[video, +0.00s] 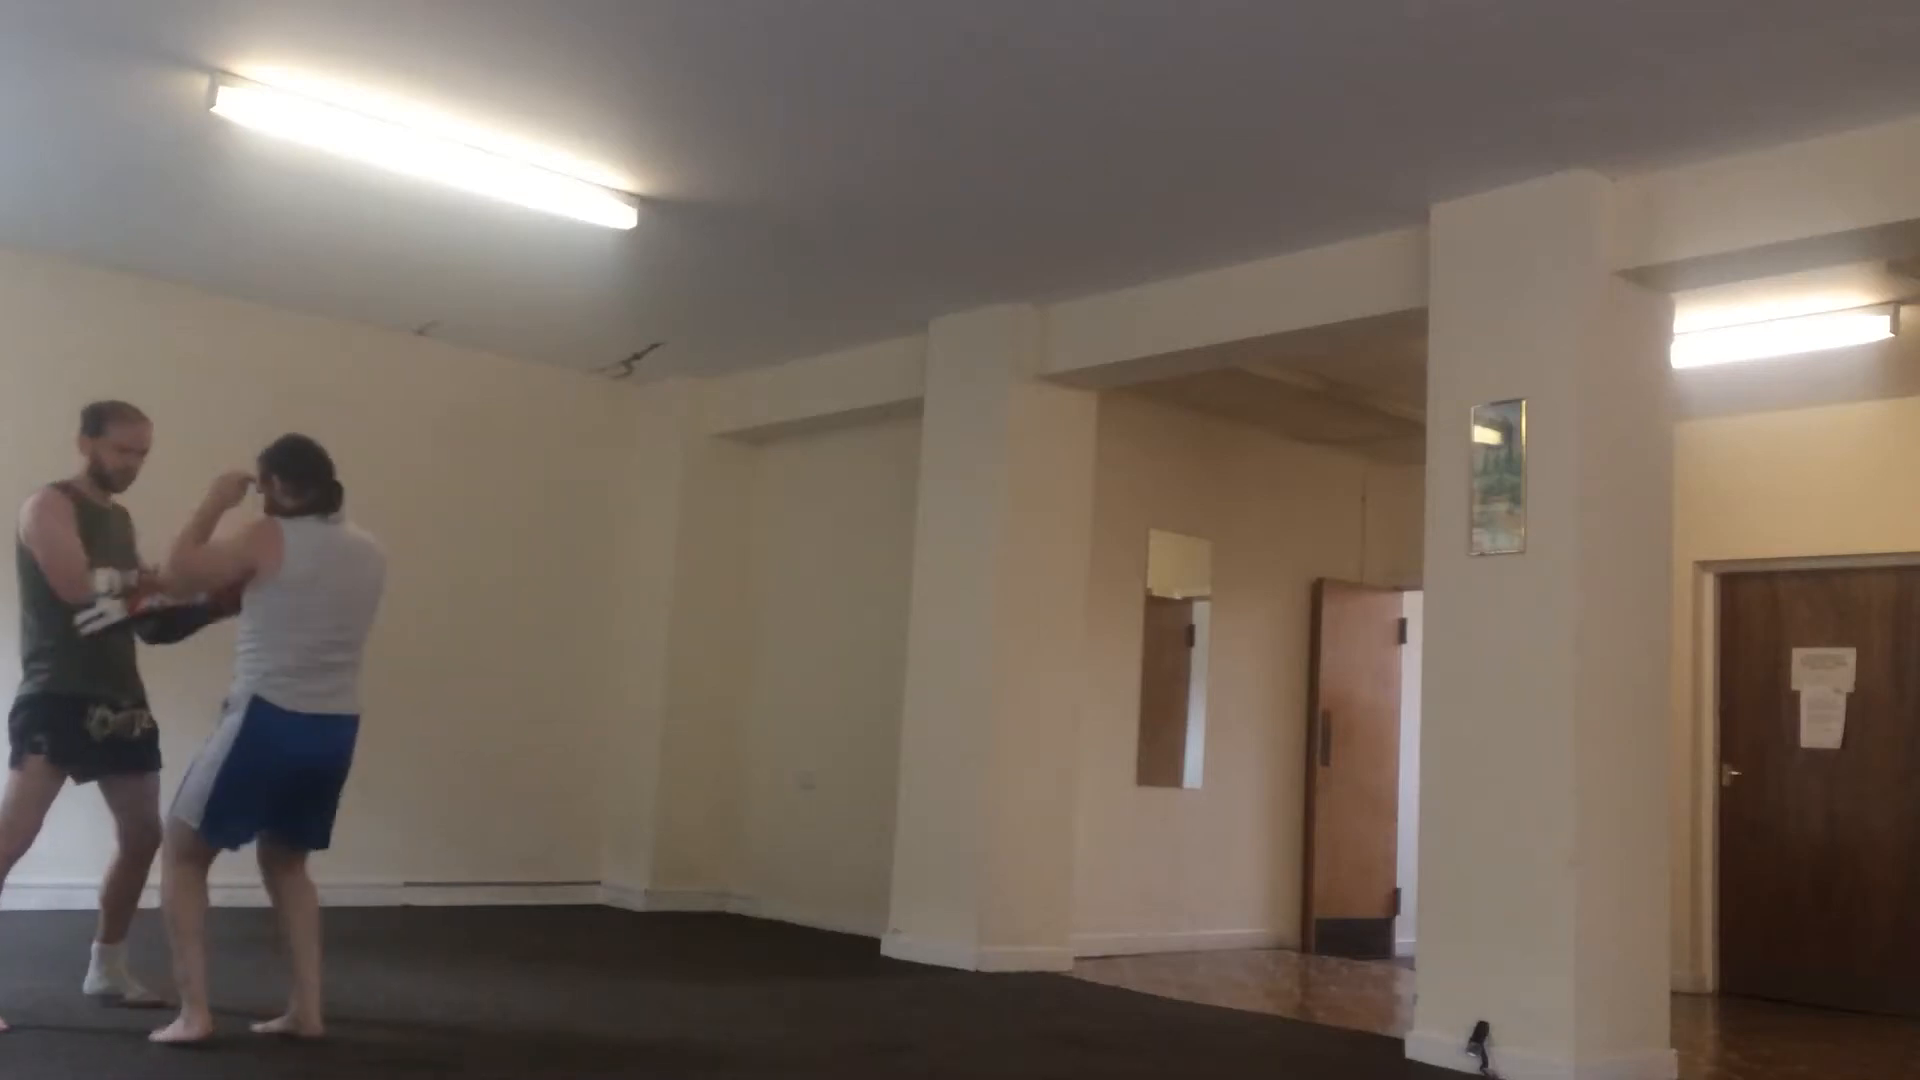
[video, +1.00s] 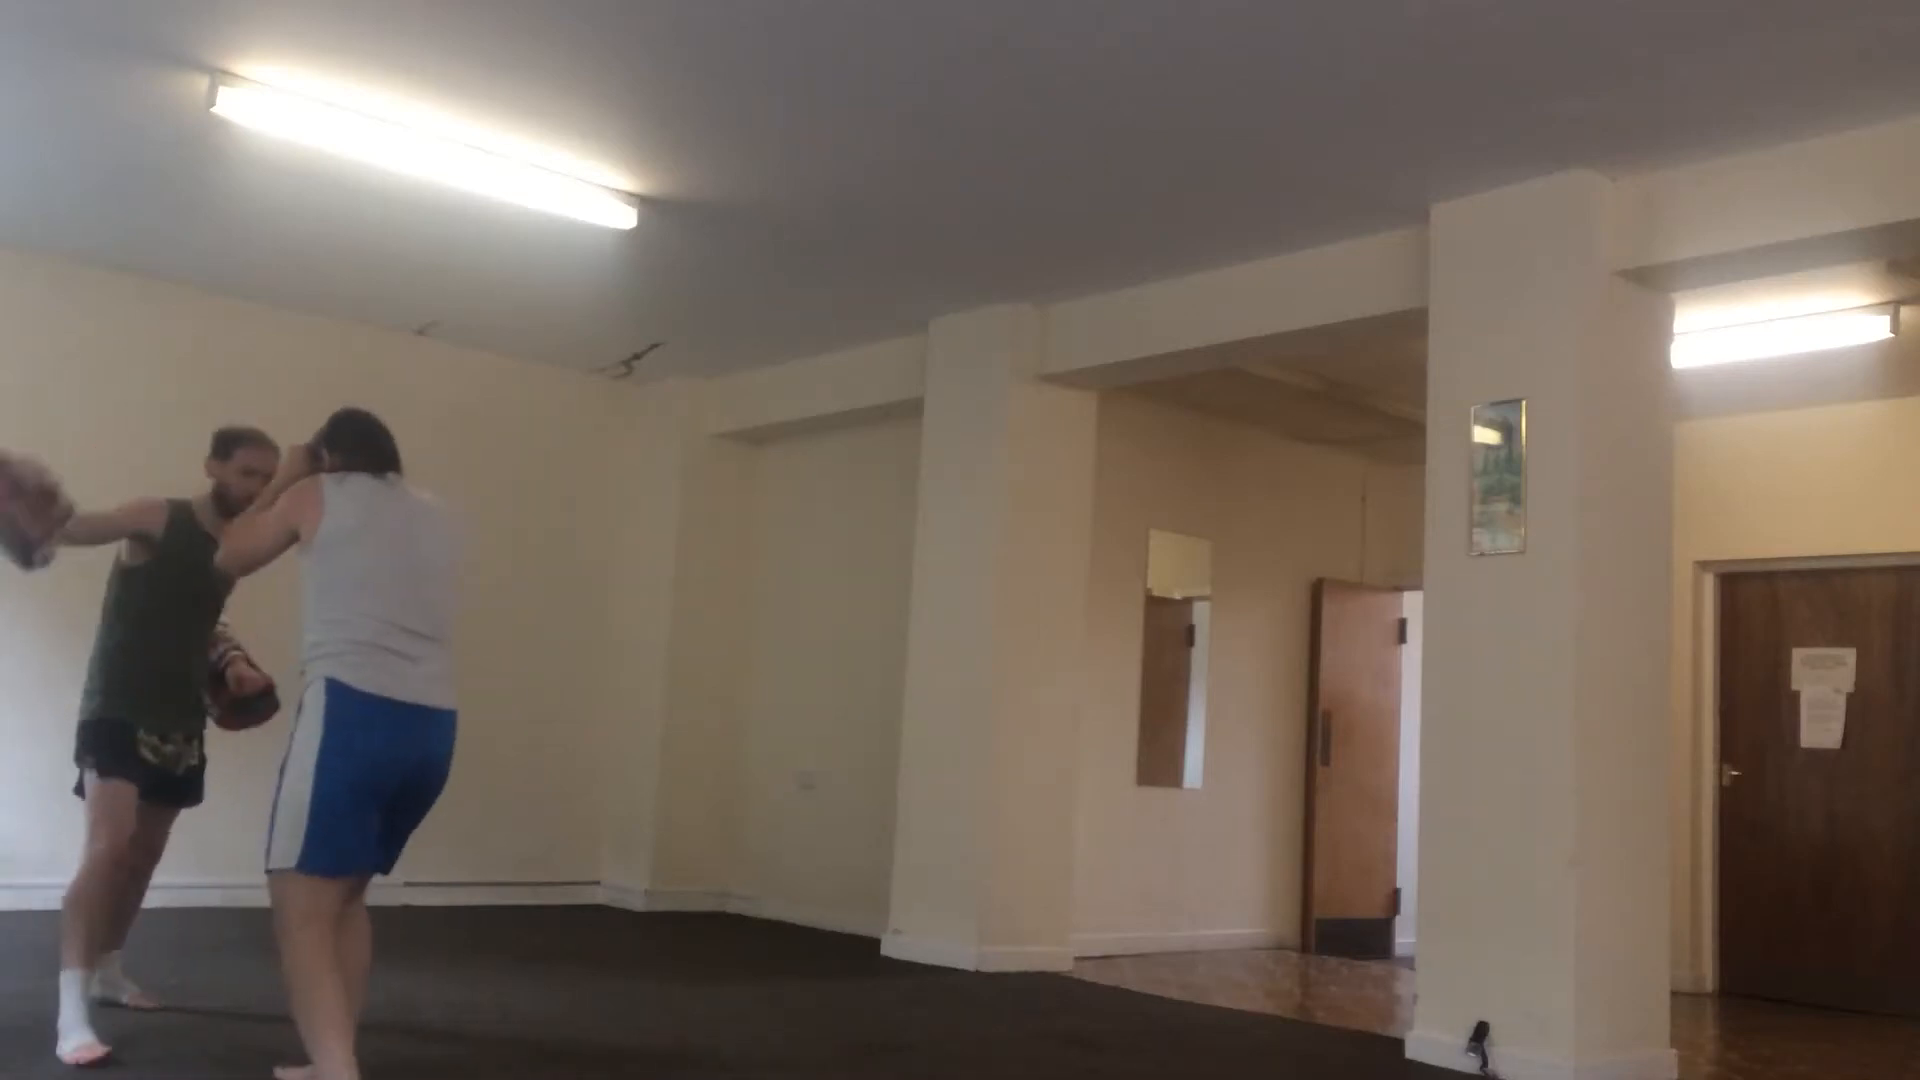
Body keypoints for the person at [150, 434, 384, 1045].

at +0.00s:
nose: (262, 490)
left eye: (266, 481)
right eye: (264, 480)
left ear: (277, 486)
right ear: (328, 484)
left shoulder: (268, 539)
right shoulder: (369, 553)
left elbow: (181, 567)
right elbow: (299, 599)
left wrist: (214, 503)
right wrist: (202, 601)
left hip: (262, 728)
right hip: (333, 735)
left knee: (184, 852)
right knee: (284, 856)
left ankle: (195, 1011)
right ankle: (306, 1010)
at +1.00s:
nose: (303, 465)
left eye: (311, 456)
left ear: (330, 458)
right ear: (391, 462)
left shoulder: (316, 497)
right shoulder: (441, 520)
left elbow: (230, 557)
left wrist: (282, 483)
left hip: (346, 721)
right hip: (427, 730)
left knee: (304, 911)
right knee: (348, 899)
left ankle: (334, 1066)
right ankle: (333, 1057)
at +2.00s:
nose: (379, 446)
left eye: (383, 437)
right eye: (382, 437)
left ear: (397, 443)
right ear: (460, 446)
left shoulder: (385, 488)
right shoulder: (510, 512)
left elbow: (290, 540)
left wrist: (345, 465)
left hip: (418, 727)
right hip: (500, 739)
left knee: (360, 931)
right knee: (417, 911)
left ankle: (411, 1069)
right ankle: (411, 1063)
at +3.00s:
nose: (363, 437)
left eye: (368, 430)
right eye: (368, 430)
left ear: (376, 437)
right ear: (446, 441)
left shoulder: (357, 479)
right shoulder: (487, 505)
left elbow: (250, 522)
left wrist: (312, 457)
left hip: (396, 715)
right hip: (481, 724)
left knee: (366, 931)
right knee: (398, 911)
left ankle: (416, 1072)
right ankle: (389, 1063)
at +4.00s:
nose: (279, 440)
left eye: (281, 429)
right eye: (285, 429)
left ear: (293, 434)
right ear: (354, 434)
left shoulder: (266, 493)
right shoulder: (391, 503)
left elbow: (161, 562)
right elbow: (443, 481)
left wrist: (148, 497)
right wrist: (376, 428)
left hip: (228, 703)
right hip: (315, 718)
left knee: (145, 836)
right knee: (275, 874)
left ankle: (111, 1000)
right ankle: (236, 1030)